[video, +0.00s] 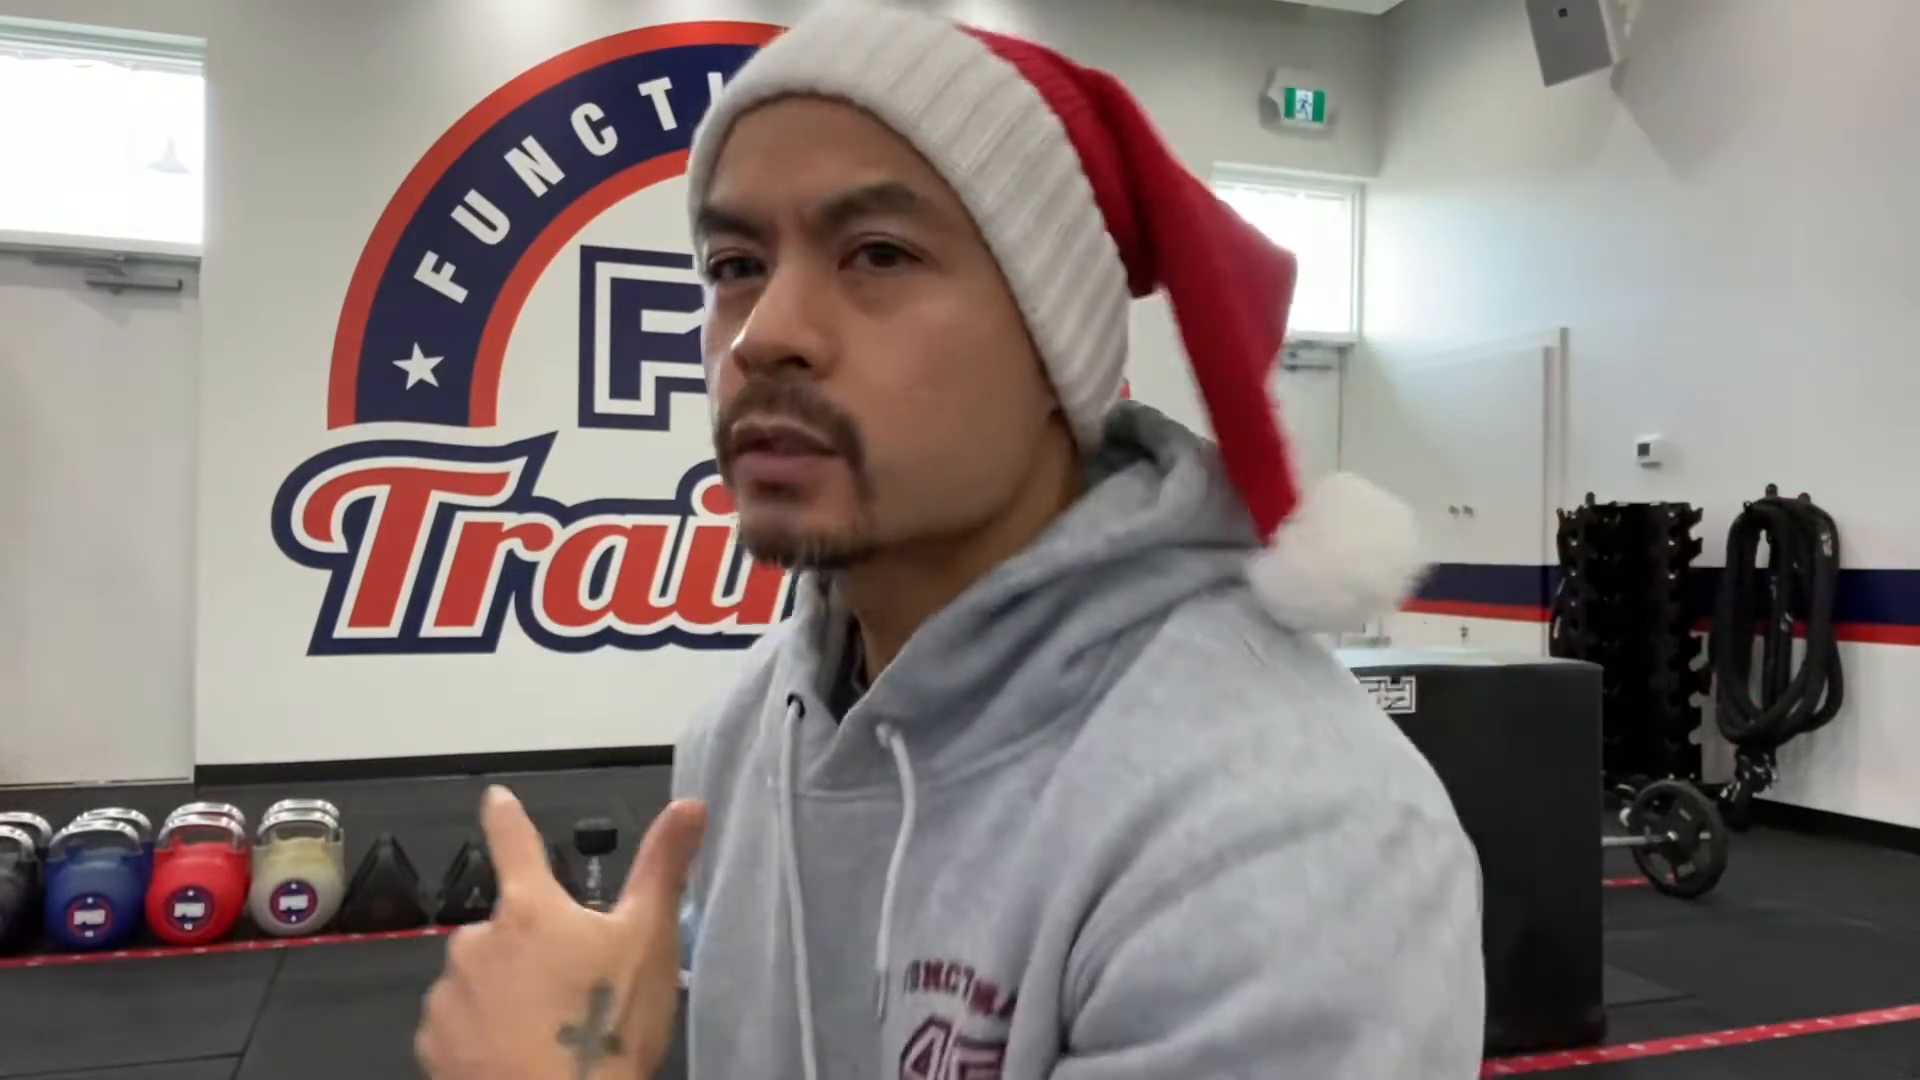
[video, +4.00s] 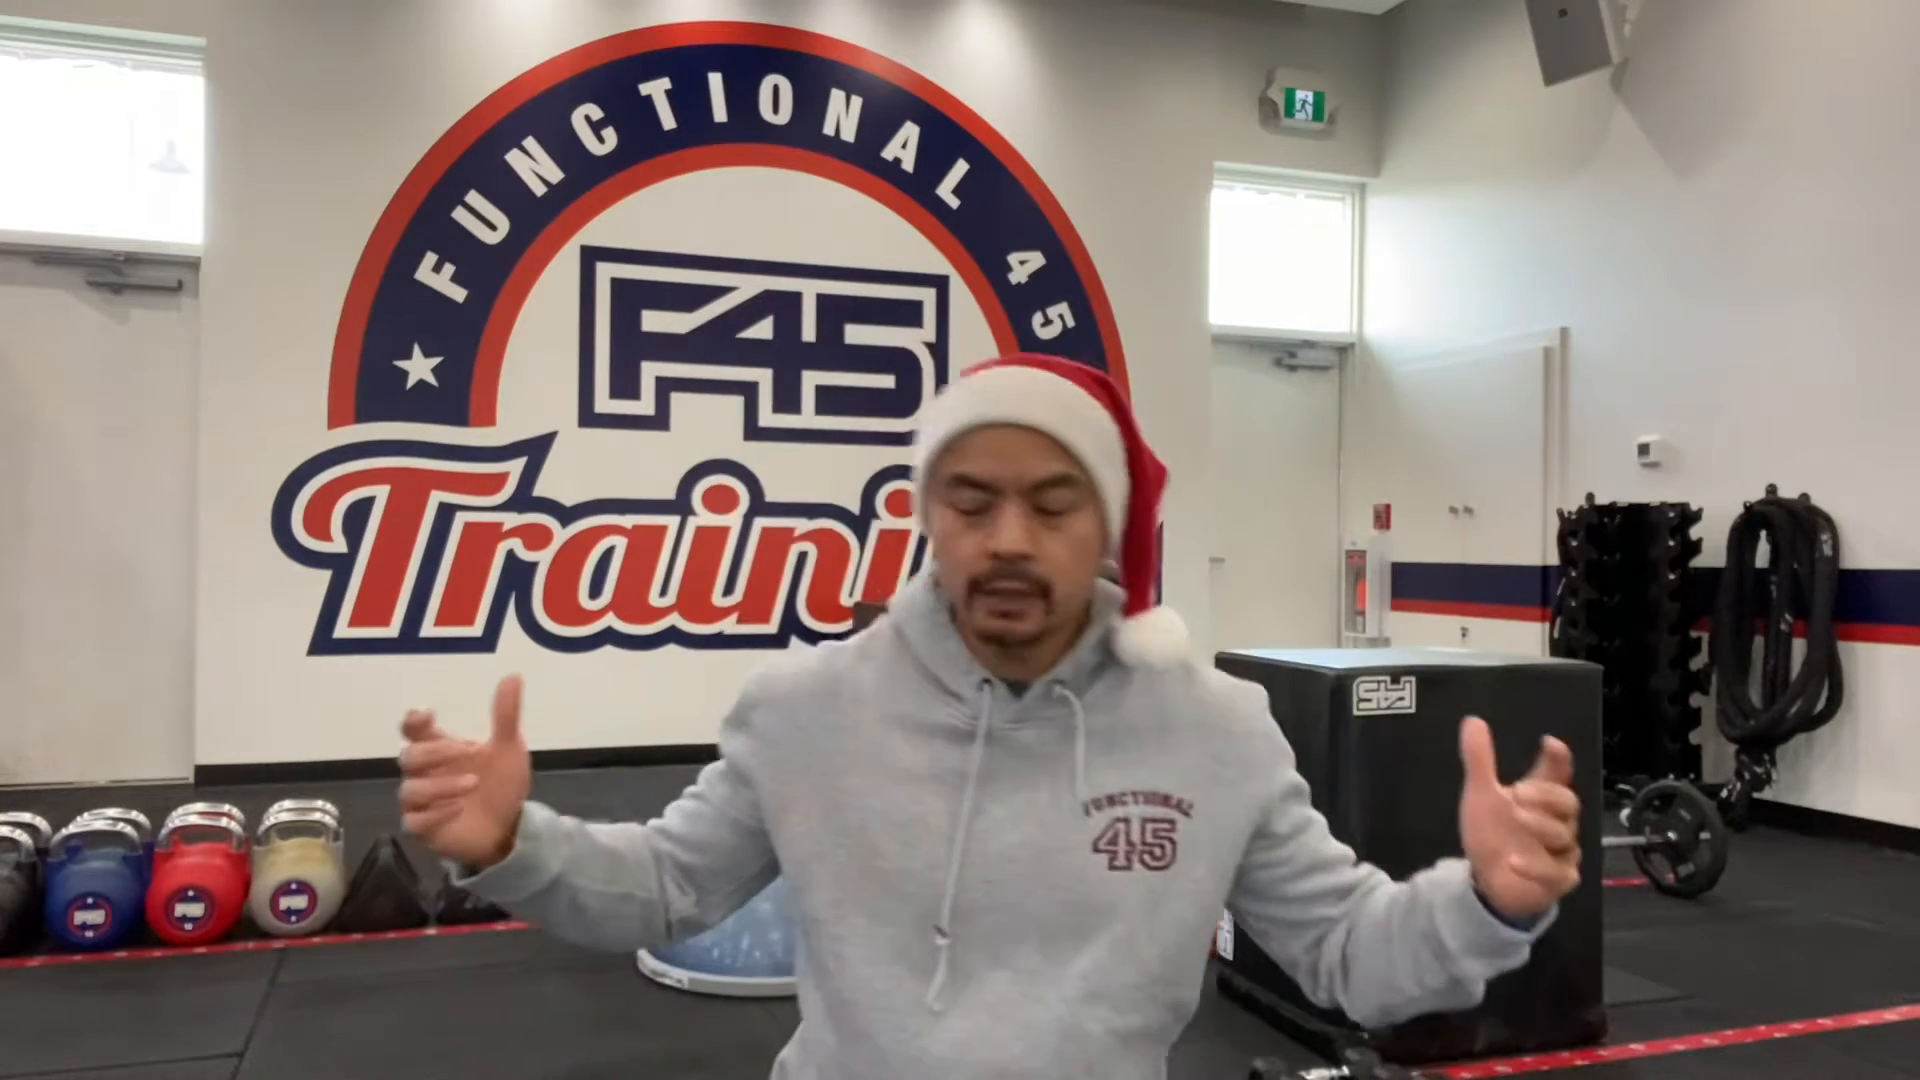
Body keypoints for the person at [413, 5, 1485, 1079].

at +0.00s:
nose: (767, 334)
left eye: (881, 256)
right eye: (738, 268)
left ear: (1082, 330)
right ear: (710, 304)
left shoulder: (1288, 831)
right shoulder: (737, 741)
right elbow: (663, 1053)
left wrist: (582, 1076)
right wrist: (589, 1057)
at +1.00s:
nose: (1051, 343)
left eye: (1108, 306)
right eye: (1005, 314)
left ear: (1196, 366)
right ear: (960, 383)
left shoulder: (1403, 648)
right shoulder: (858, 718)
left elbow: (1561, 1017)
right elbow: (824, 1053)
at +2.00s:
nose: (1035, 307)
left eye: (1084, 264)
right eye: (964, 275)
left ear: (1159, 331)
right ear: (890, 369)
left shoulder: (1368, 660)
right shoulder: (727, 752)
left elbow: (1492, 1048)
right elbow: (687, 1070)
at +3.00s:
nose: (1017, 398)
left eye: (1061, 352)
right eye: (974, 378)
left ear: (1155, 385)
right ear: (950, 437)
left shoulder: (1364, 655)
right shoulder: (869, 697)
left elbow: (1496, 920)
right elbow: (836, 1012)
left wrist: (1344, 1030)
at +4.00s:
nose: (1008, 547)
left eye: (1050, 504)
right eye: (971, 503)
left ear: (1115, 525)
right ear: (925, 519)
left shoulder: (1217, 734)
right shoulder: (803, 711)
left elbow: (1348, 958)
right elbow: (666, 887)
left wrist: (1481, 898)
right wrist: (513, 838)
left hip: (1097, 1075)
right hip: (844, 1069)